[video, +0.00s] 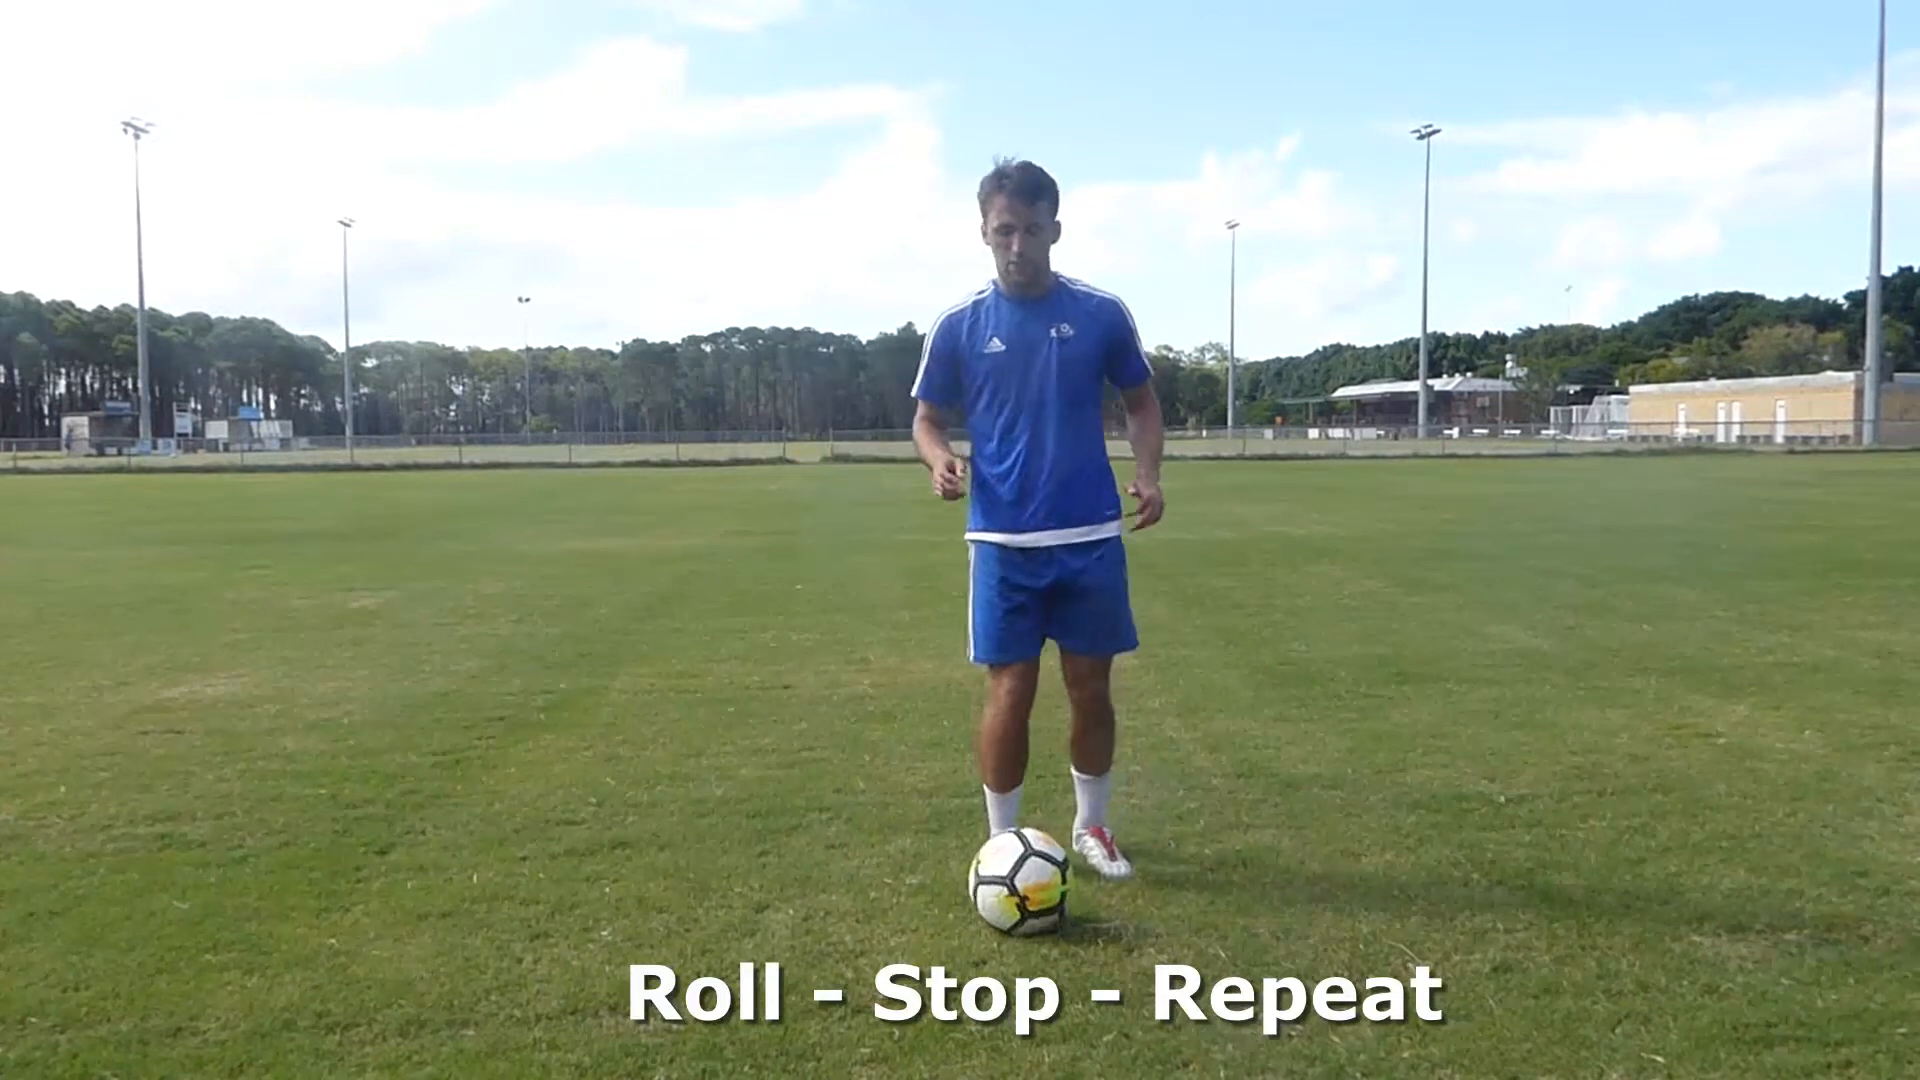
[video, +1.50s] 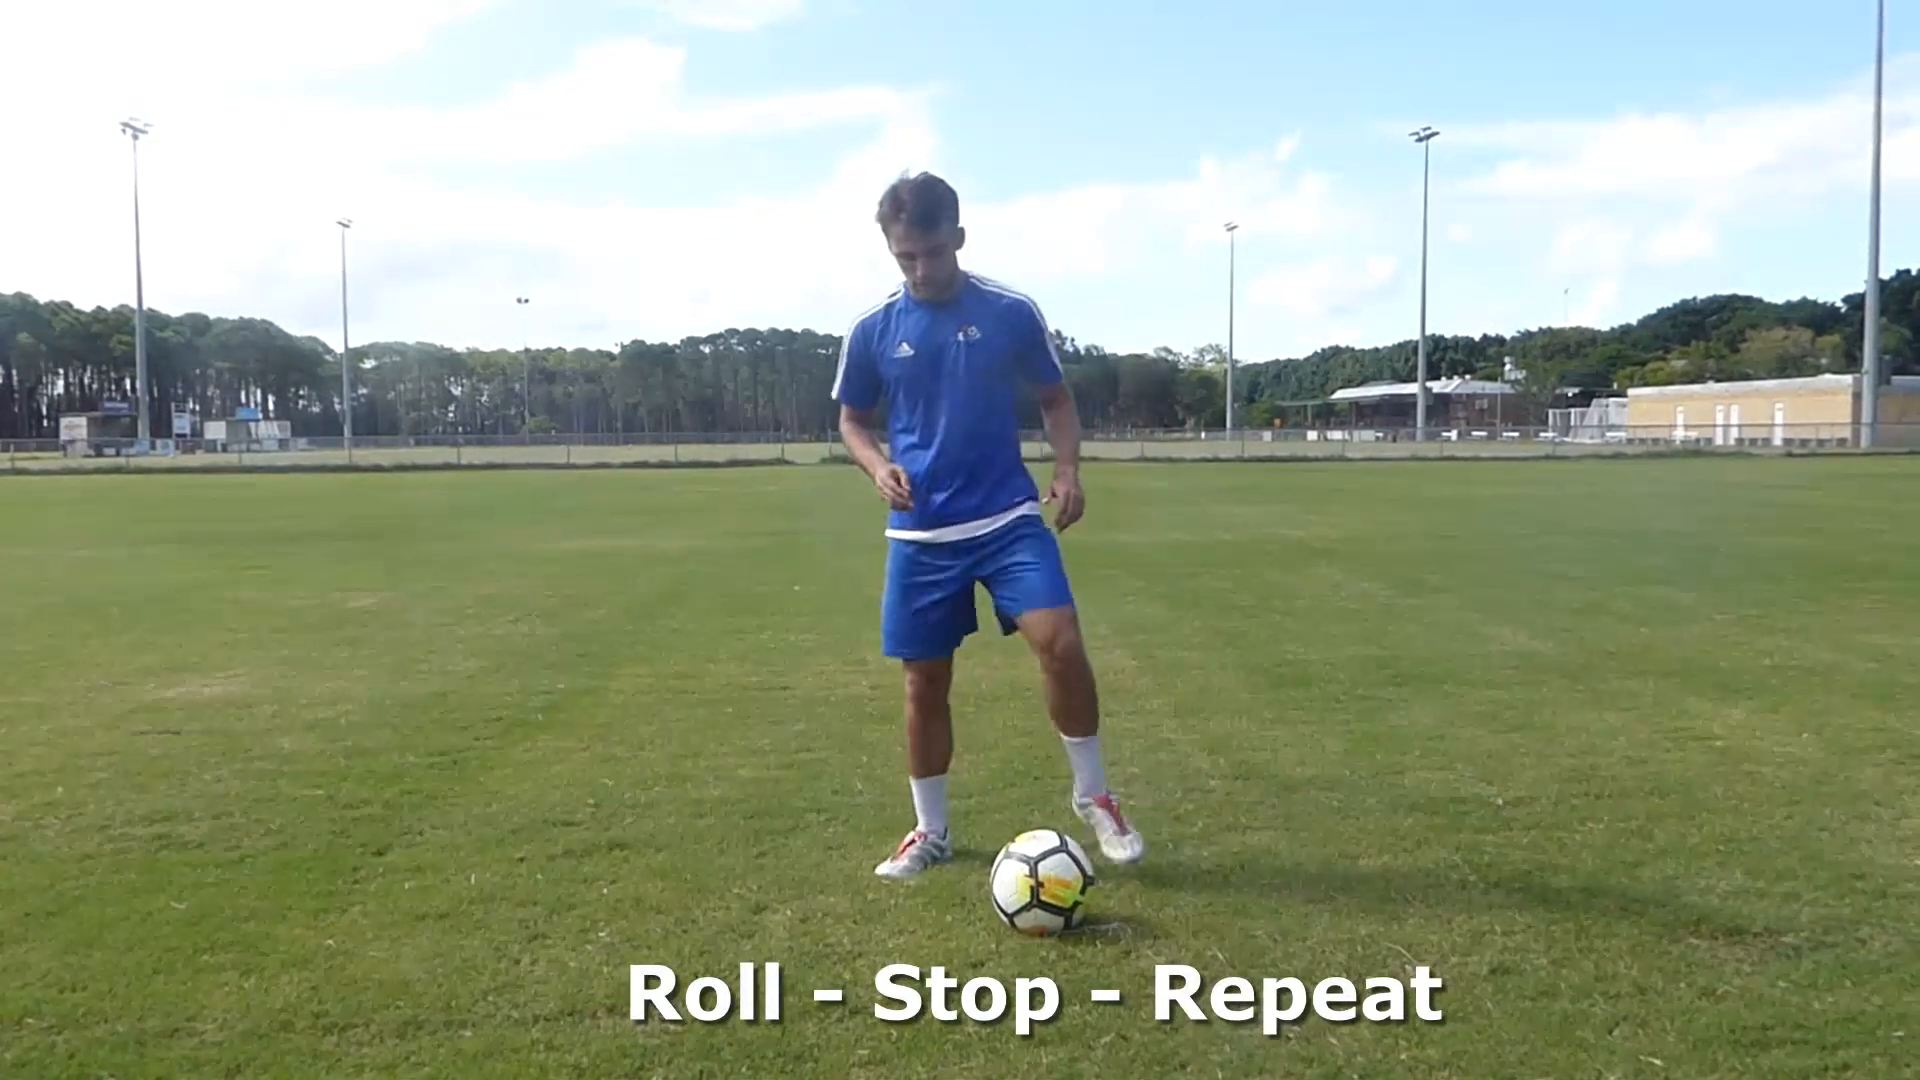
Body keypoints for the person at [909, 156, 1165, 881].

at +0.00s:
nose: (1015, 245)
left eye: (1029, 230)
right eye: (1001, 230)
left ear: (1055, 228)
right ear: (983, 233)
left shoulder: (1102, 316)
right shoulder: (959, 328)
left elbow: (1142, 401)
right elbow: (928, 419)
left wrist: (1148, 472)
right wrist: (940, 457)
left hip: (1089, 536)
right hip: (1002, 540)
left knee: (1091, 687)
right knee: (1011, 690)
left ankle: (1091, 830)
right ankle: (1003, 845)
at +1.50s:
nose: (920, 271)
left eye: (931, 254)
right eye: (905, 258)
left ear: (958, 238)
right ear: (888, 249)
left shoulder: (1011, 314)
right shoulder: (872, 334)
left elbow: (1055, 400)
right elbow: (851, 420)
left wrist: (1067, 471)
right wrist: (877, 464)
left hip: (1010, 523)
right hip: (921, 537)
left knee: (1061, 645)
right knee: (923, 686)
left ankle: (1093, 796)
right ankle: (930, 833)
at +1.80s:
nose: (855, 272)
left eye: (868, 255)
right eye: (842, 259)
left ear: (896, 240)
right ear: (826, 251)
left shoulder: (949, 317)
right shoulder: (812, 336)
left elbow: (1009, 400)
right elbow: (803, 423)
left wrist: (1025, 482)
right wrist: (826, 471)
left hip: (933, 513)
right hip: (857, 532)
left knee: (918, 623)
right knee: (891, 682)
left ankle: (958, 801)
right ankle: (926, 829)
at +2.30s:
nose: (757, 272)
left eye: (769, 257)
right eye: (748, 256)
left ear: (814, 248)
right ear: (743, 248)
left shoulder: (859, 338)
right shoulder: (731, 325)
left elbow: (900, 445)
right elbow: (707, 407)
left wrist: (909, 551)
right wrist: (688, 456)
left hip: (799, 552)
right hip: (725, 538)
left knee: (749, 702)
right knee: (650, 664)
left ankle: (755, 857)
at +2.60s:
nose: (736, 268)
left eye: (749, 254)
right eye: (728, 252)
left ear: (792, 245)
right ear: (723, 245)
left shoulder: (839, 339)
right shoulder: (702, 325)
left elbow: (876, 447)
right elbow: (674, 412)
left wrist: (845, 492)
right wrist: (660, 472)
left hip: (759, 552)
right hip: (674, 532)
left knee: (737, 706)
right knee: (606, 662)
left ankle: (748, 859)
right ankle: (532, 824)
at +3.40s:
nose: (672, 240)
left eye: (685, 226)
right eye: (658, 228)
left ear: (709, 231)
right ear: (640, 241)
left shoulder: (757, 315)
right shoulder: (622, 341)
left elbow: (791, 399)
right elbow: (591, 440)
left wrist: (807, 477)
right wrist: (648, 485)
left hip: (751, 519)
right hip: (671, 532)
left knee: (734, 654)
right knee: (683, 679)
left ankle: (756, 805)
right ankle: (686, 826)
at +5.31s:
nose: (666, 244)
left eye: (678, 230)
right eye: (651, 234)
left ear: (702, 235)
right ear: (634, 245)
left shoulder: (753, 323)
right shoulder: (615, 339)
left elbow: (793, 412)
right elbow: (584, 438)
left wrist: (763, 465)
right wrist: (634, 458)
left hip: (736, 530)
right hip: (656, 537)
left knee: (725, 676)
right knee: (675, 681)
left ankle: (727, 831)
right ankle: (686, 822)